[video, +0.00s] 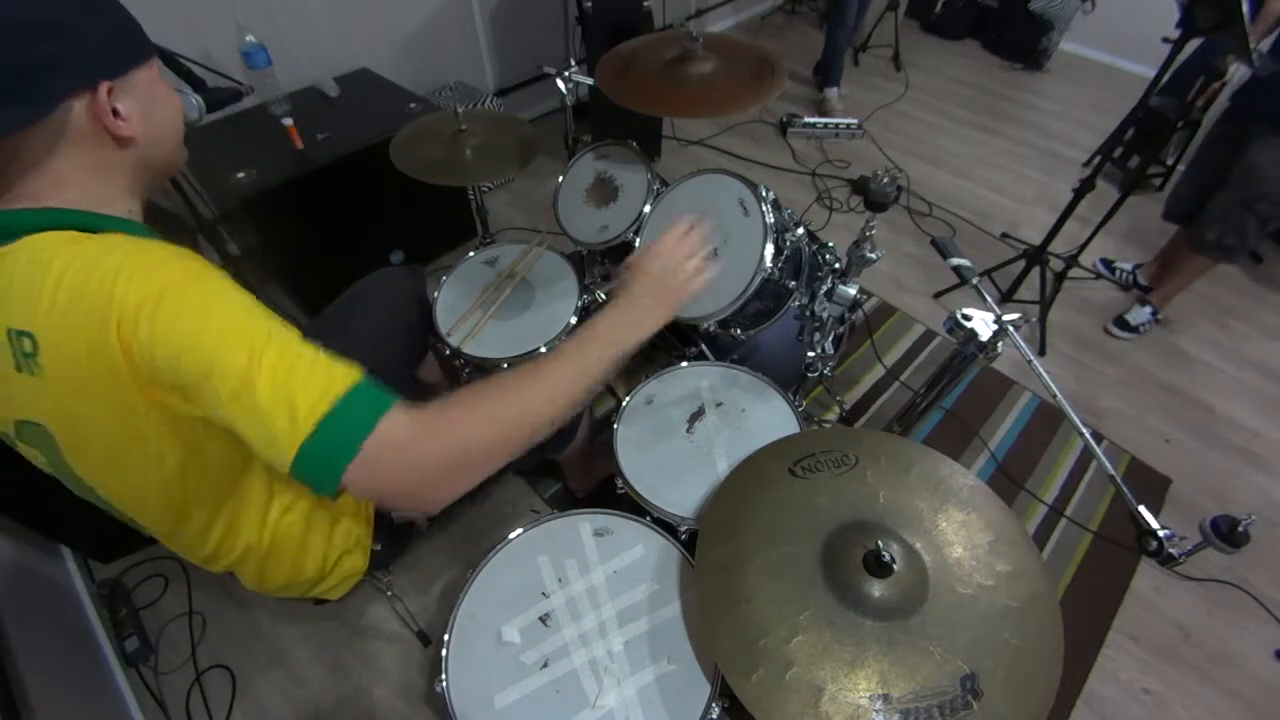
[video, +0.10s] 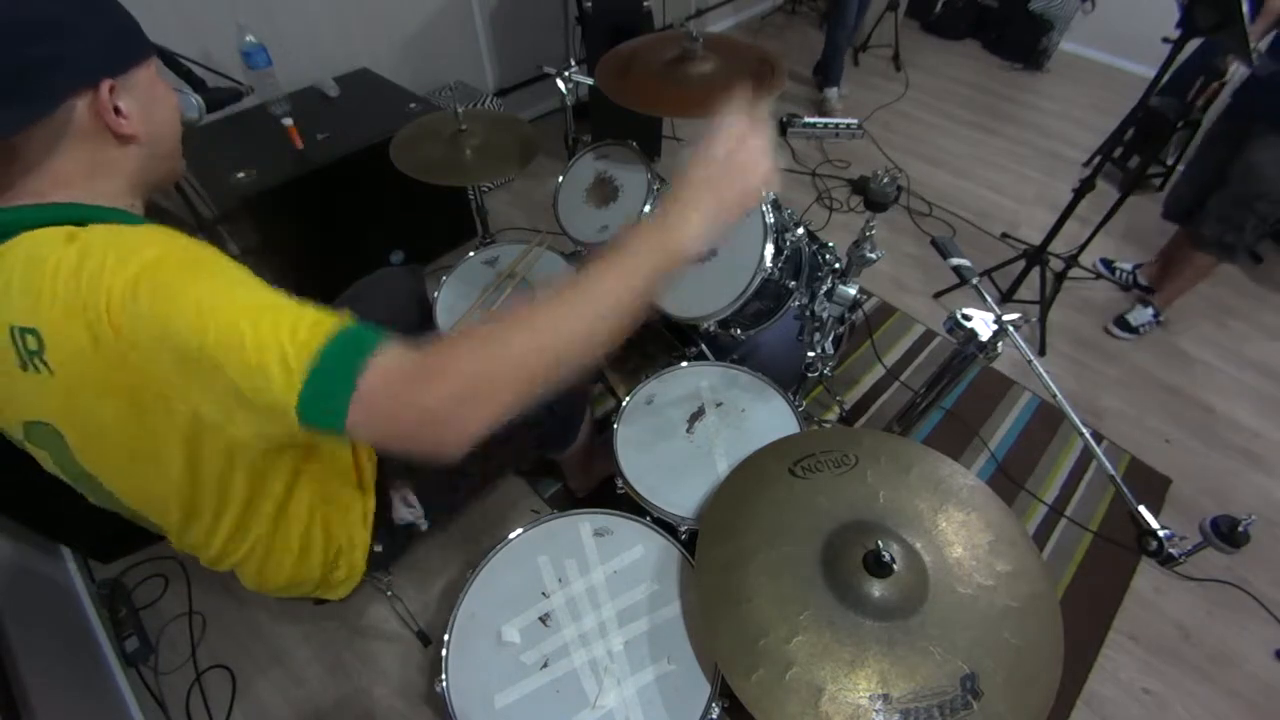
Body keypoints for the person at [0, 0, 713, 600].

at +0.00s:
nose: (176, 90)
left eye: (161, 69)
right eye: (157, 72)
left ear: (52, 121)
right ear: (111, 110)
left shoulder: (18, 259)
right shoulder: (145, 292)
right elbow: (423, 471)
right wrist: (635, 309)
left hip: (222, 511)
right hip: (327, 533)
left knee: (397, 287)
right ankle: (578, 464)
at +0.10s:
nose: (176, 100)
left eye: (162, 74)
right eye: (161, 76)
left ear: (69, 112)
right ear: (113, 108)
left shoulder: (18, 262)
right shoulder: (139, 283)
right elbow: (437, 407)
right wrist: (683, 221)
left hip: (231, 518)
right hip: (342, 530)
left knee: (400, 284)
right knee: (547, 356)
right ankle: (586, 477)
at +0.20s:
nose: (179, 100)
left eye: (164, 75)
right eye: (160, 76)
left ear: (31, 121)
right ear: (115, 104)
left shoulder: (24, 263)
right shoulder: (113, 275)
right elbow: (424, 347)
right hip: (350, 515)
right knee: (565, 377)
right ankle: (583, 486)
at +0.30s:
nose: (181, 102)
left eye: (170, 76)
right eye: (167, 78)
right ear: (120, 100)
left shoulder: (26, 247)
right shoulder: (108, 261)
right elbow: (397, 296)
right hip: (345, 523)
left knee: (402, 341)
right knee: (566, 377)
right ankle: (577, 475)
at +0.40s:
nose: (183, 103)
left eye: (171, 78)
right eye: (167, 80)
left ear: (16, 124)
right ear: (120, 101)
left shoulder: (22, 242)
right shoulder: (108, 252)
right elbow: (368, 263)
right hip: (345, 519)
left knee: (408, 292)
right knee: (568, 378)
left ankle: (418, 404)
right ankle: (580, 473)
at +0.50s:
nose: (183, 101)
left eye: (177, 74)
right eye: (170, 75)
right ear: (118, 98)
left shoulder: (25, 238)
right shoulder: (98, 253)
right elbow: (333, 250)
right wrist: (212, 0)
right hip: (347, 508)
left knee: (420, 280)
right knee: (569, 378)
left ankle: (420, 396)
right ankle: (582, 476)